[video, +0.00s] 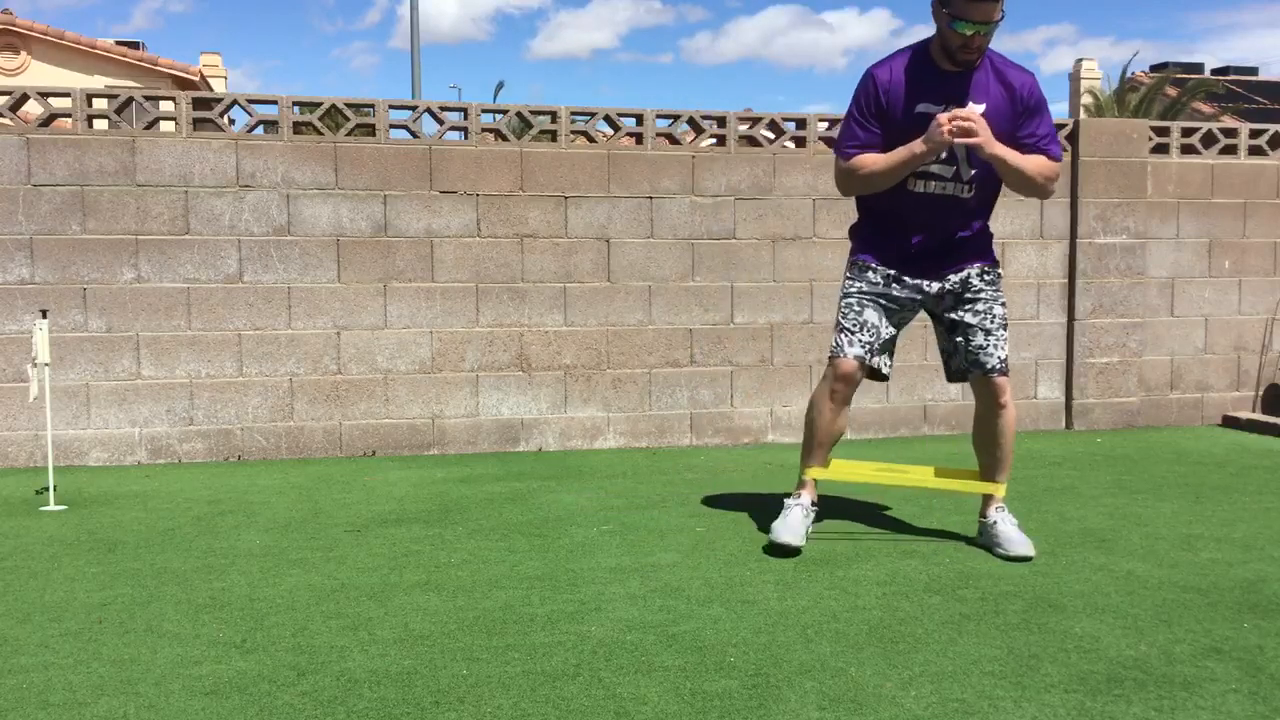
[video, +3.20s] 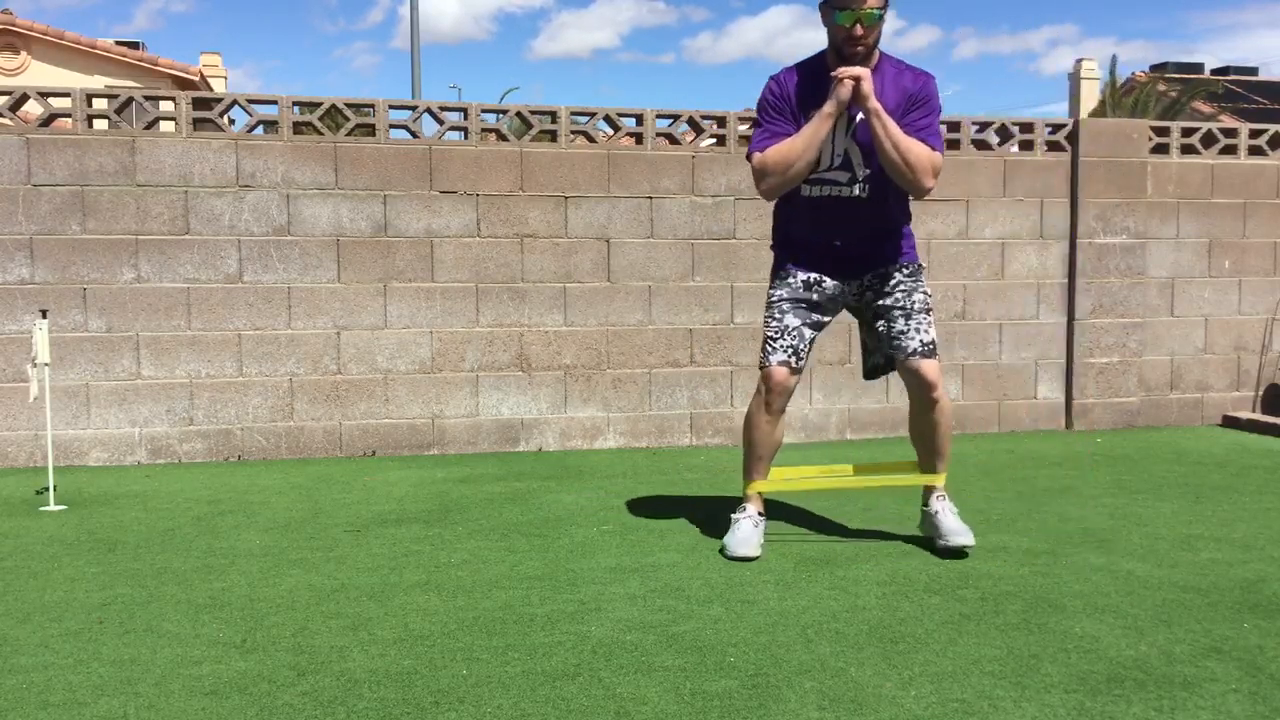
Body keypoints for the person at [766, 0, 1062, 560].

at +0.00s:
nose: (973, 37)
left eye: (987, 26)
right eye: (961, 23)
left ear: (1000, 19)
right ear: (936, 10)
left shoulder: (1016, 85)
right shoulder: (887, 80)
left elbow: (1045, 181)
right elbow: (848, 178)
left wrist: (990, 147)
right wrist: (924, 146)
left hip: (966, 259)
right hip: (883, 256)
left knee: (995, 380)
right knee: (844, 370)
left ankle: (995, 511)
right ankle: (803, 496)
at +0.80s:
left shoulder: (1068, 47)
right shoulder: (930, 48)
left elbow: (1102, 139)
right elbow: (898, 143)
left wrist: (1049, 127)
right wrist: (944, 137)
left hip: (1036, 250)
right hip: (948, 250)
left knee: (1048, 382)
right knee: (910, 378)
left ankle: (1061, 511)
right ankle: (875, 506)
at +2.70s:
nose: (1026, 33)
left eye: (1038, 21)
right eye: (1013, 20)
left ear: (1052, 23)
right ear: (991, 20)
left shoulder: (1079, 95)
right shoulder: (948, 95)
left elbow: (1105, 189)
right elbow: (930, 194)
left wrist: (1047, 119)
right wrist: (1002, 128)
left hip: (1025, 273)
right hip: (937, 267)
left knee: (1069, 393)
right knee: (873, 374)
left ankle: (1072, 513)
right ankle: (800, 493)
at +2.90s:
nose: (963, 56)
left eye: (976, 45)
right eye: (950, 42)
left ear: (989, 43)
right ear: (928, 38)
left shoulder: (1014, 116)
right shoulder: (884, 118)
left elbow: (1036, 208)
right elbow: (872, 214)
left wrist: (980, 138)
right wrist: (939, 143)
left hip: (976, 289)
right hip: (886, 287)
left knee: (1044, 404)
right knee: (823, 393)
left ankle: (1070, 514)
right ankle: (759, 508)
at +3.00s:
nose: (916, 47)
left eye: (929, 36)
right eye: (904, 33)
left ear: (943, 36)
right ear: (882, 30)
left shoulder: (967, 107)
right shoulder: (840, 107)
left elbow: (981, 200)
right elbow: (823, 203)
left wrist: (930, 129)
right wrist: (889, 132)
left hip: (935, 278)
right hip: (847, 276)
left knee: (999, 390)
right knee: (796, 387)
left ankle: (1057, 508)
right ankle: (753, 509)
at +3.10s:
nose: (881, 33)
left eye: (893, 22)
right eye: (869, 20)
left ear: (907, 24)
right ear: (847, 19)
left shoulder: (934, 95)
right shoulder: (807, 93)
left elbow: (943, 188)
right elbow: (786, 186)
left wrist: (892, 115)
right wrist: (851, 118)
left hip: (906, 267)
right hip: (822, 267)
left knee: (961, 380)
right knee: (784, 382)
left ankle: (1002, 505)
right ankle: (752, 509)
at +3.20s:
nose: (857, 30)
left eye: (869, 17)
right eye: (843, 17)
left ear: (885, 17)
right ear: (824, 17)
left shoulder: (914, 85)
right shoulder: (787, 87)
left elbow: (923, 180)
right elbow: (768, 180)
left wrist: (871, 106)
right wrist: (832, 108)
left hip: (888, 259)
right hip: (805, 261)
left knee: (927, 378)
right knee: (775, 380)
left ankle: (937, 502)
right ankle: (751, 508)